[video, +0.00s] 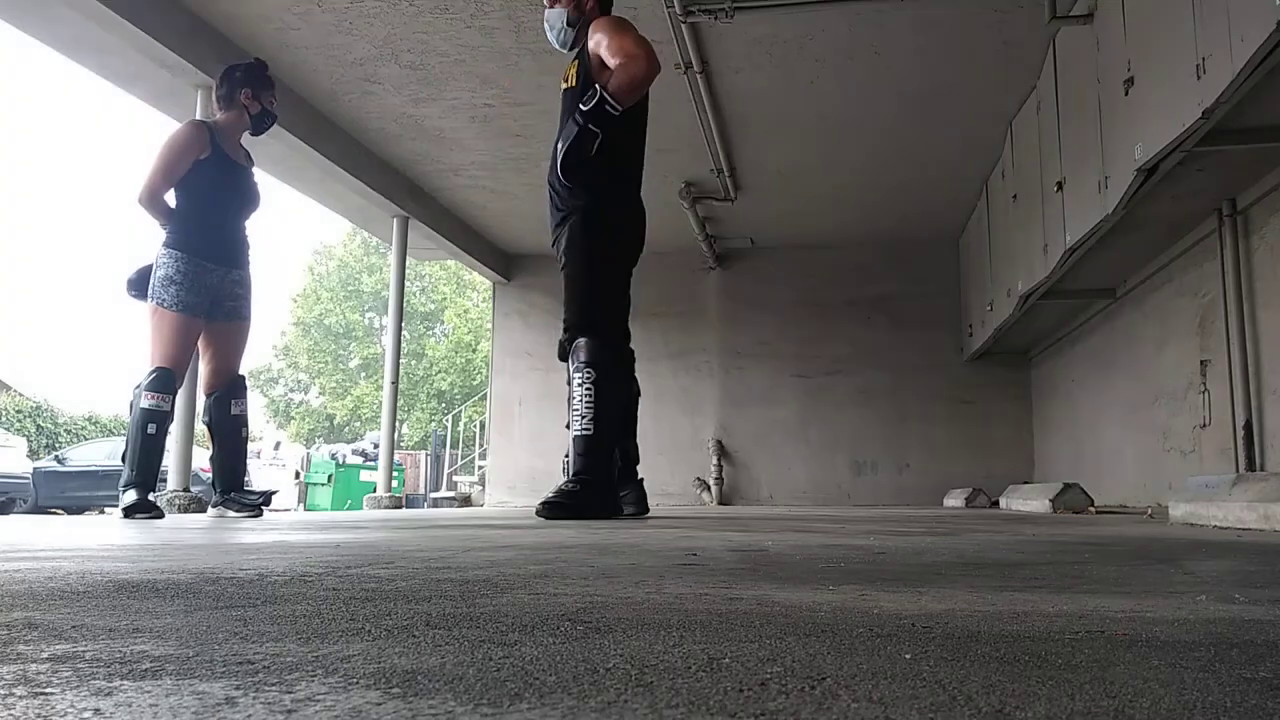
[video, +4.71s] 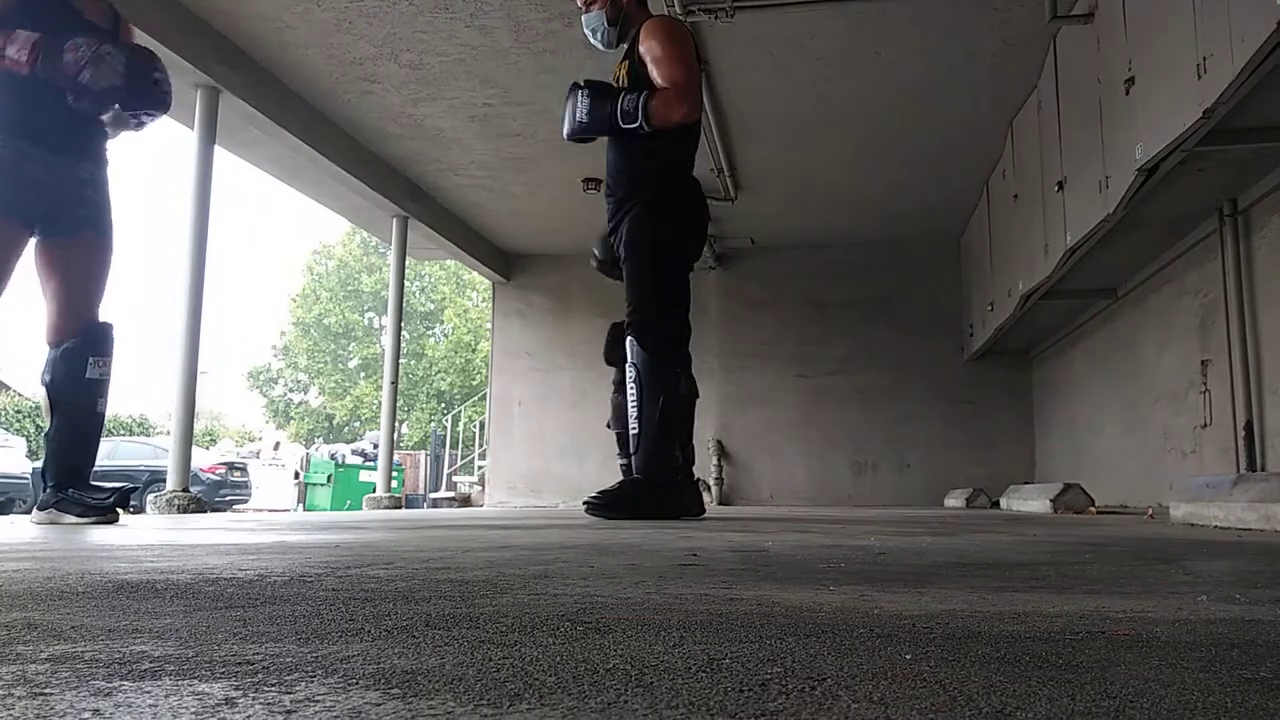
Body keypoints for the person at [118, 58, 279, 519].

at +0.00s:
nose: (272, 112)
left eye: (273, 104)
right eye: (269, 102)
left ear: (242, 100)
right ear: (246, 97)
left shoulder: (243, 155)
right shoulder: (196, 132)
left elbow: (229, 215)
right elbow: (149, 195)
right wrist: (179, 227)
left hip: (234, 271)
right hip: (186, 262)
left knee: (224, 381)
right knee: (165, 374)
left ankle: (228, 488)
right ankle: (138, 489)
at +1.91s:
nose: (219, 91)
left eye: (230, 85)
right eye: (211, 82)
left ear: (245, 94)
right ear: (198, 87)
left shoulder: (247, 155)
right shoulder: (174, 132)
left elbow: (234, 210)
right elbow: (136, 196)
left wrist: (211, 231)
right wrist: (177, 223)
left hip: (227, 273)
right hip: (172, 264)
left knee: (223, 382)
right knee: (157, 373)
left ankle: (229, 487)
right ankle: (137, 488)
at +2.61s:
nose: (186, 73)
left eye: (199, 66)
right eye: (178, 62)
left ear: (216, 75)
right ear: (164, 65)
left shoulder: (226, 138)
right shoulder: (134, 111)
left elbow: (218, 197)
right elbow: (82, 167)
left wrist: (220, 229)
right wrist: (102, 210)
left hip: (197, 258)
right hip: (130, 254)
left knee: (182, 358)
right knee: (138, 373)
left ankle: (183, 467)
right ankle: (137, 492)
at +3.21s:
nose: (149, 19)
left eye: (164, 12)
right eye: (142, 10)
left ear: (188, 23)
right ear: (132, 17)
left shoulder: (204, 84)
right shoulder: (107, 76)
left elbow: (221, 160)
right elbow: (87, 151)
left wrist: (191, 168)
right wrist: (80, 136)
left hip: (171, 224)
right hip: (108, 221)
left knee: (161, 354)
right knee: (62, 347)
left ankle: (150, 487)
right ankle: (81, 475)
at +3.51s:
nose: (108, 10)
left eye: (121, 4)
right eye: (100, 3)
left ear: (138, 9)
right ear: (83, 6)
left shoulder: (158, 67)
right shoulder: (47, 54)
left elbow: (195, 149)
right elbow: (14, 135)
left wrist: (160, 147)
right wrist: (34, 108)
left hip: (133, 216)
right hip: (59, 211)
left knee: (133, 354)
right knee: (17, 346)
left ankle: (146, 489)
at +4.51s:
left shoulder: (151, 31)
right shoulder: (29, 5)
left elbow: (147, 132)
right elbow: (1, 52)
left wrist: (157, 115)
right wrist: (26, 71)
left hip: (101, 176)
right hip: (20, 158)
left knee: (84, 337)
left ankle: (63, 484)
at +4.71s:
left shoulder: (114, 15)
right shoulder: (22, 10)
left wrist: (132, 101)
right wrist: (8, 43)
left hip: (82, 158)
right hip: (13, 145)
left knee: (78, 323)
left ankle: (64, 483)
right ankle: (62, 482)